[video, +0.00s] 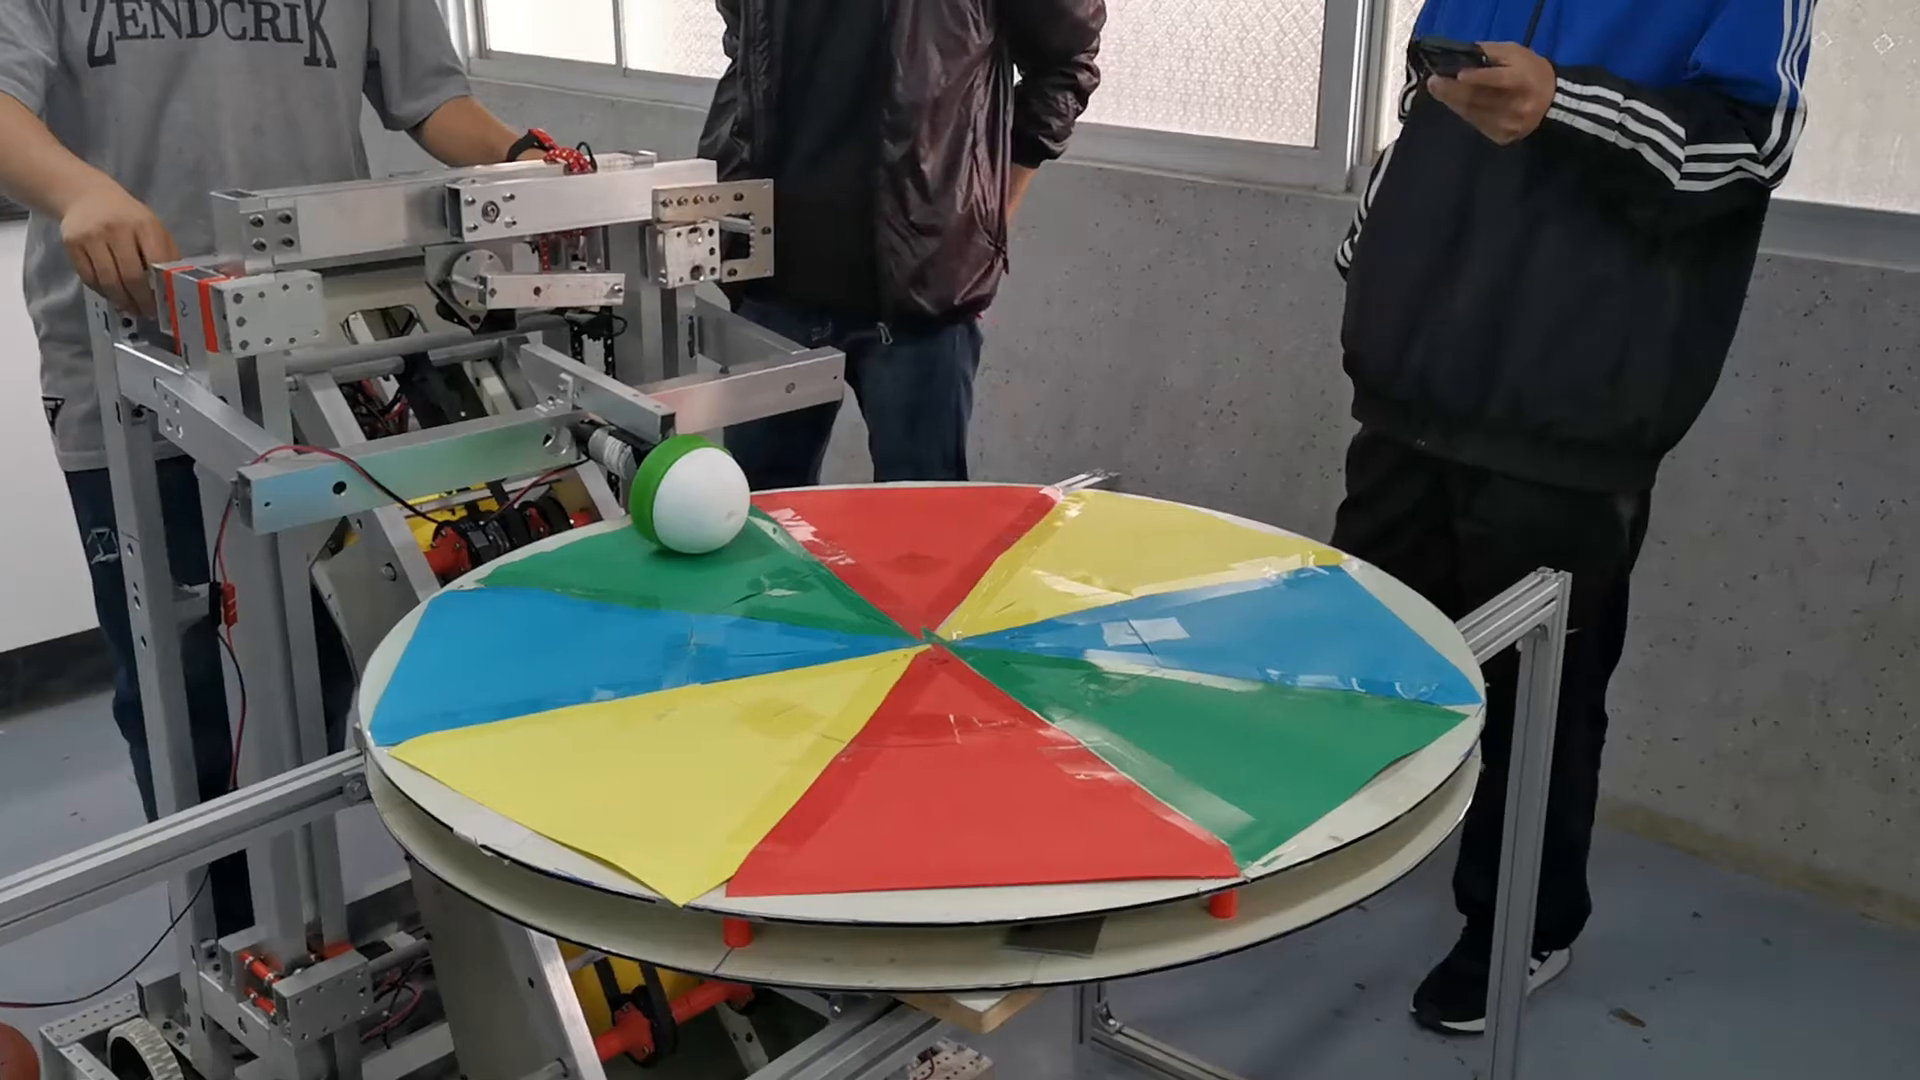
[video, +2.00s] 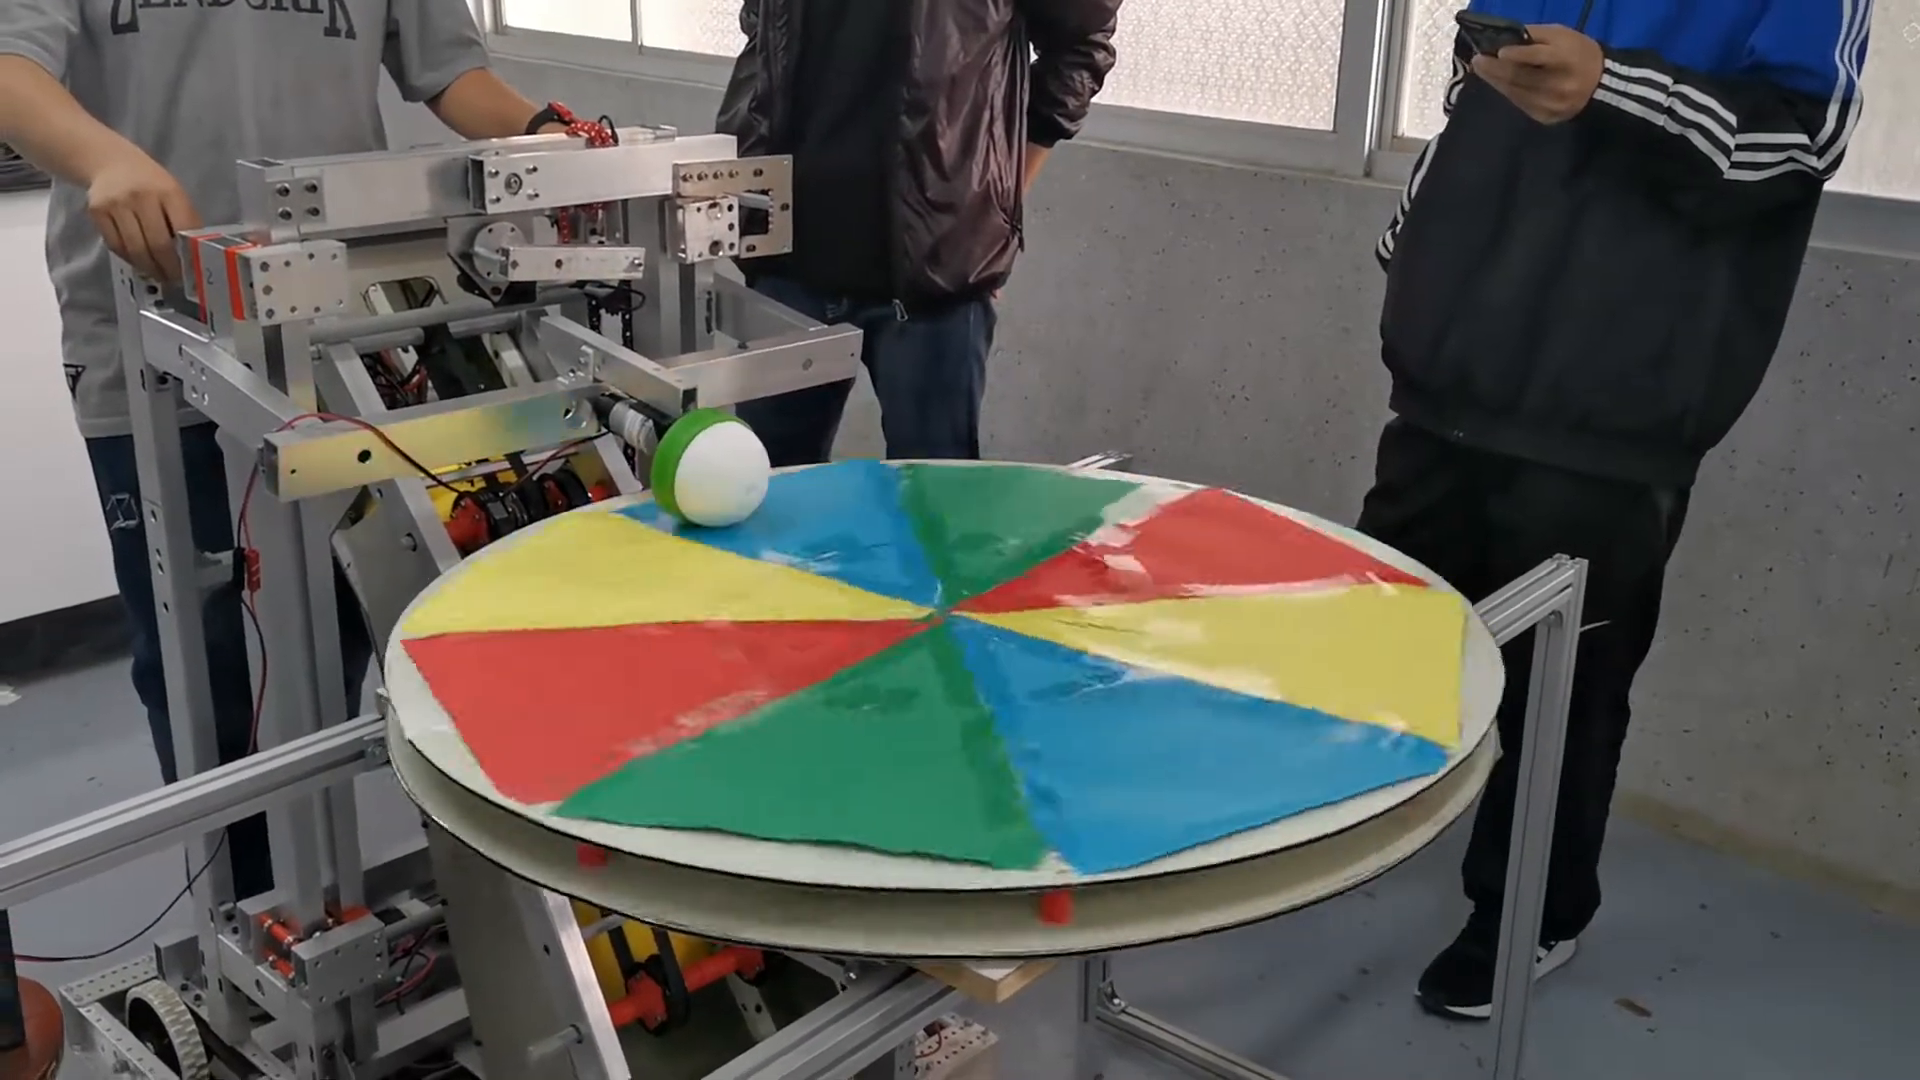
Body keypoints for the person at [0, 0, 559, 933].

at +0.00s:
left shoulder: (379, 7)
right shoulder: (45, 8)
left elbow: (426, 89)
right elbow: (3, 103)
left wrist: (527, 159)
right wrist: (77, 187)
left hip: (319, 364)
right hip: (125, 369)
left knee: (322, 665)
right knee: (178, 695)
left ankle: (308, 917)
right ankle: (228, 944)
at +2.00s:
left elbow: (446, 63)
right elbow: (12, 66)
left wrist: (542, 132)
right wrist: (103, 156)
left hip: (338, 344)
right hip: (151, 351)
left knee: (343, 631)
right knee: (195, 662)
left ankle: (334, 882)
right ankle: (247, 911)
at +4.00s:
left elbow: (455, 49)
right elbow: (20, 42)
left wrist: (558, 120)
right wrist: (122, 137)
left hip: (343, 327)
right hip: (162, 331)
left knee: (341, 616)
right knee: (210, 646)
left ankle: (334, 868)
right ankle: (255, 894)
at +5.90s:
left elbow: (453, 52)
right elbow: (20, 51)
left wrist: (555, 118)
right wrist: (120, 142)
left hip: (344, 325)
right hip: (161, 333)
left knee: (350, 607)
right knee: (210, 638)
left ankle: (343, 856)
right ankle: (261, 885)